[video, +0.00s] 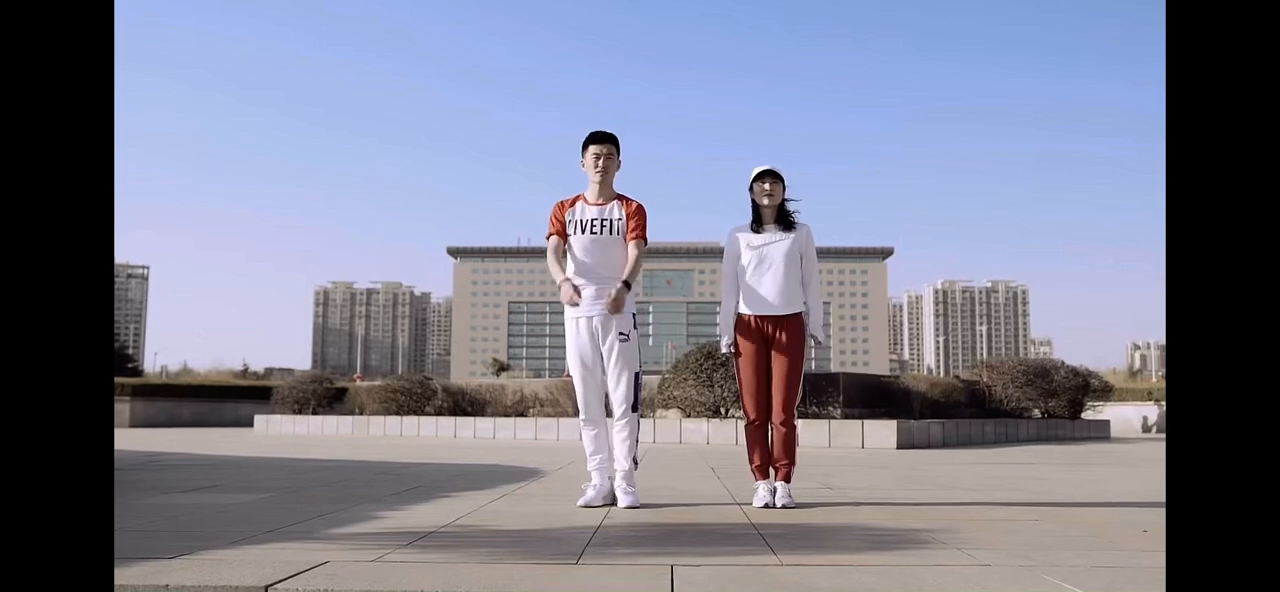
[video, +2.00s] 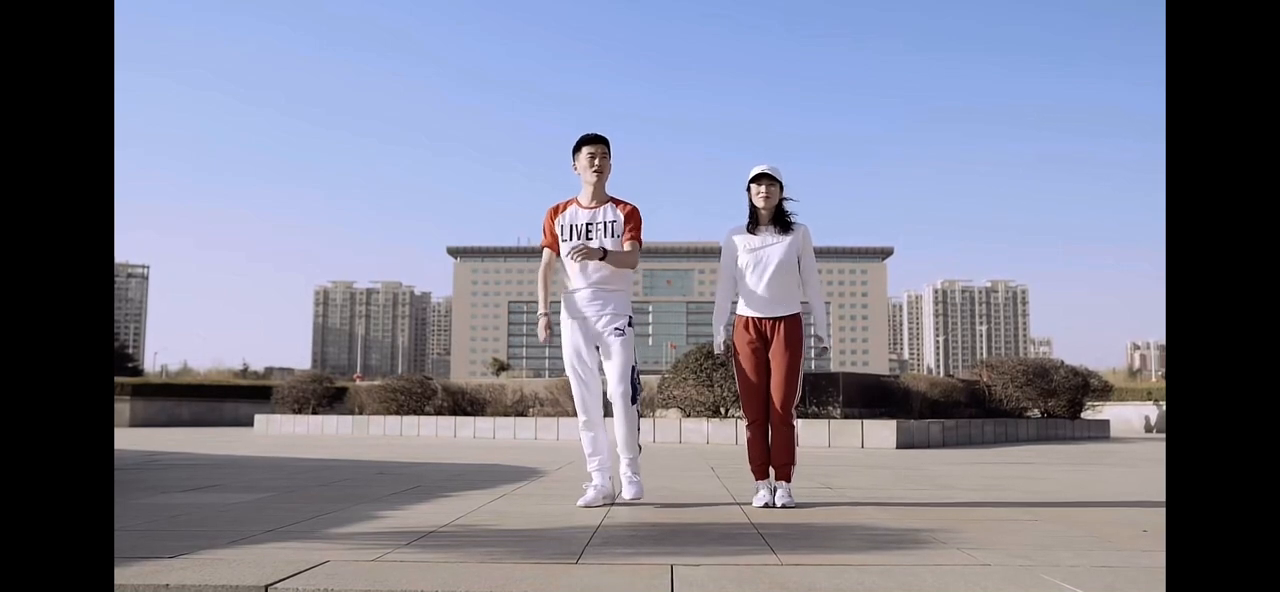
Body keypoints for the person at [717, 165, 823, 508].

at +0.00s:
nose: (768, 187)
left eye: (774, 182)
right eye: (761, 182)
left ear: (783, 191)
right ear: (752, 192)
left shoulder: (800, 233)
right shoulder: (738, 236)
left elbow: (812, 282)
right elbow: (729, 286)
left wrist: (815, 324)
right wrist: (726, 330)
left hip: (788, 325)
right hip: (748, 325)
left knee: (782, 411)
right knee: (754, 412)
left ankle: (783, 482)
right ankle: (762, 482)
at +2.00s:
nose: (763, 190)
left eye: (770, 185)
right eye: (757, 185)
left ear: (781, 193)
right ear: (749, 193)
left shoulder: (798, 233)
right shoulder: (735, 238)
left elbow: (812, 283)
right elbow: (725, 287)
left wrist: (821, 328)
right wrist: (719, 330)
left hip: (786, 325)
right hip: (746, 326)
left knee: (781, 405)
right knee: (754, 408)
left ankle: (783, 483)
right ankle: (762, 483)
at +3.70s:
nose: (761, 194)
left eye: (767, 188)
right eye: (755, 188)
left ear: (776, 193)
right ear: (746, 194)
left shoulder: (795, 232)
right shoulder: (733, 237)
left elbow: (807, 274)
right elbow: (721, 289)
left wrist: (806, 293)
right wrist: (706, 332)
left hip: (785, 323)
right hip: (746, 326)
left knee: (771, 389)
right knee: (752, 404)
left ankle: (782, 452)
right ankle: (762, 480)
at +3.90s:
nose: (766, 184)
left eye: (773, 179)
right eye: (761, 178)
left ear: (782, 185)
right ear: (752, 184)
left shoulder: (796, 227)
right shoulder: (734, 228)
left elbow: (806, 273)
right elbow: (728, 272)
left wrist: (808, 311)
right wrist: (742, 306)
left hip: (785, 307)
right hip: (746, 312)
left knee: (771, 339)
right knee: (753, 400)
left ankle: (777, 417)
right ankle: (760, 478)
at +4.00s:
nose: (771, 185)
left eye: (777, 179)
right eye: (765, 179)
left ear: (786, 185)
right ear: (755, 185)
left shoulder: (795, 225)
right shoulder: (736, 222)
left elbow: (803, 263)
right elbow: (721, 261)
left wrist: (811, 297)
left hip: (785, 311)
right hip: (747, 311)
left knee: (775, 378)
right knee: (750, 398)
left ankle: (779, 459)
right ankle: (758, 471)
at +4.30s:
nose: (773, 180)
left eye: (779, 174)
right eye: (767, 174)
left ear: (788, 180)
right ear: (757, 180)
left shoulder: (803, 220)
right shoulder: (742, 218)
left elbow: (813, 269)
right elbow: (732, 259)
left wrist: (818, 312)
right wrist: (747, 279)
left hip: (788, 309)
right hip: (749, 308)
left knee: (784, 394)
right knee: (748, 393)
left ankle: (784, 476)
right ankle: (756, 445)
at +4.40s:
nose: (774, 190)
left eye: (779, 185)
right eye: (768, 185)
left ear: (789, 191)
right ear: (758, 192)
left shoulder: (806, 232)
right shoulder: (743, 234)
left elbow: (815, 272)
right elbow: (732, 287)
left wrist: (808, 301)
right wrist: (720, 326)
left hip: (793, 316)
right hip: (754, 314)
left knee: (785, 402)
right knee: (759, 339)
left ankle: (783, 484)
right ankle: (755, 403)